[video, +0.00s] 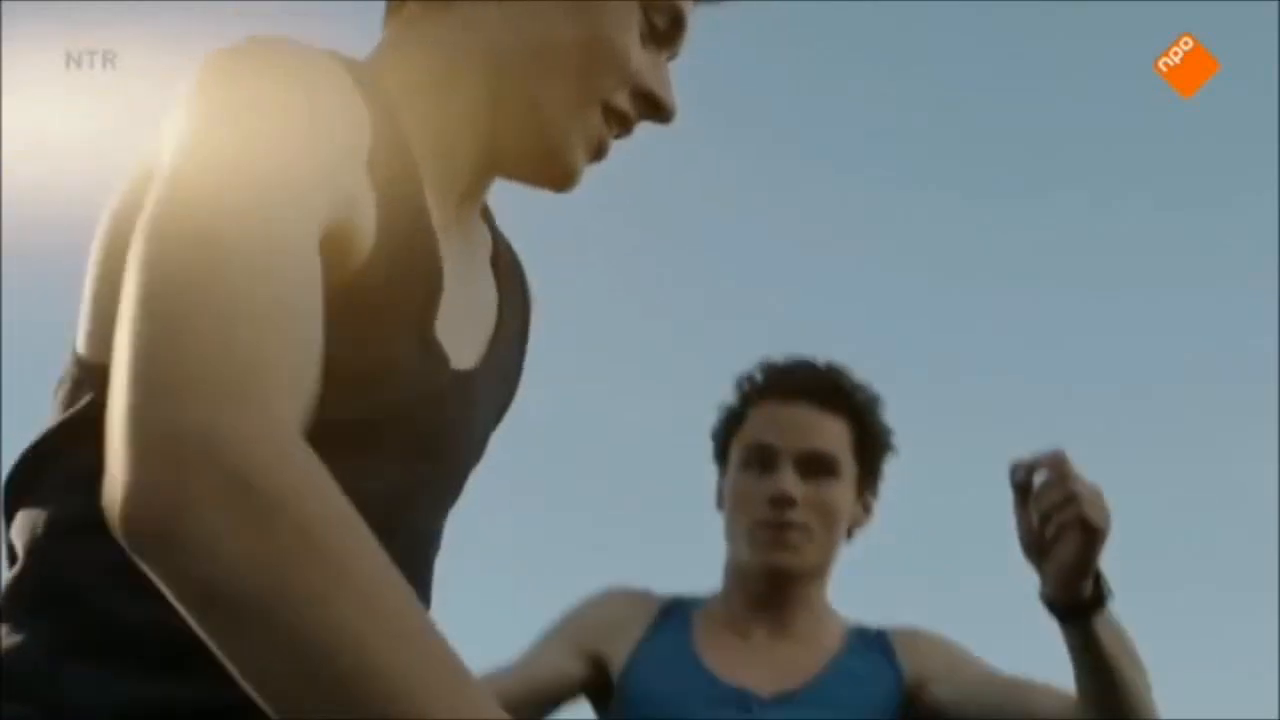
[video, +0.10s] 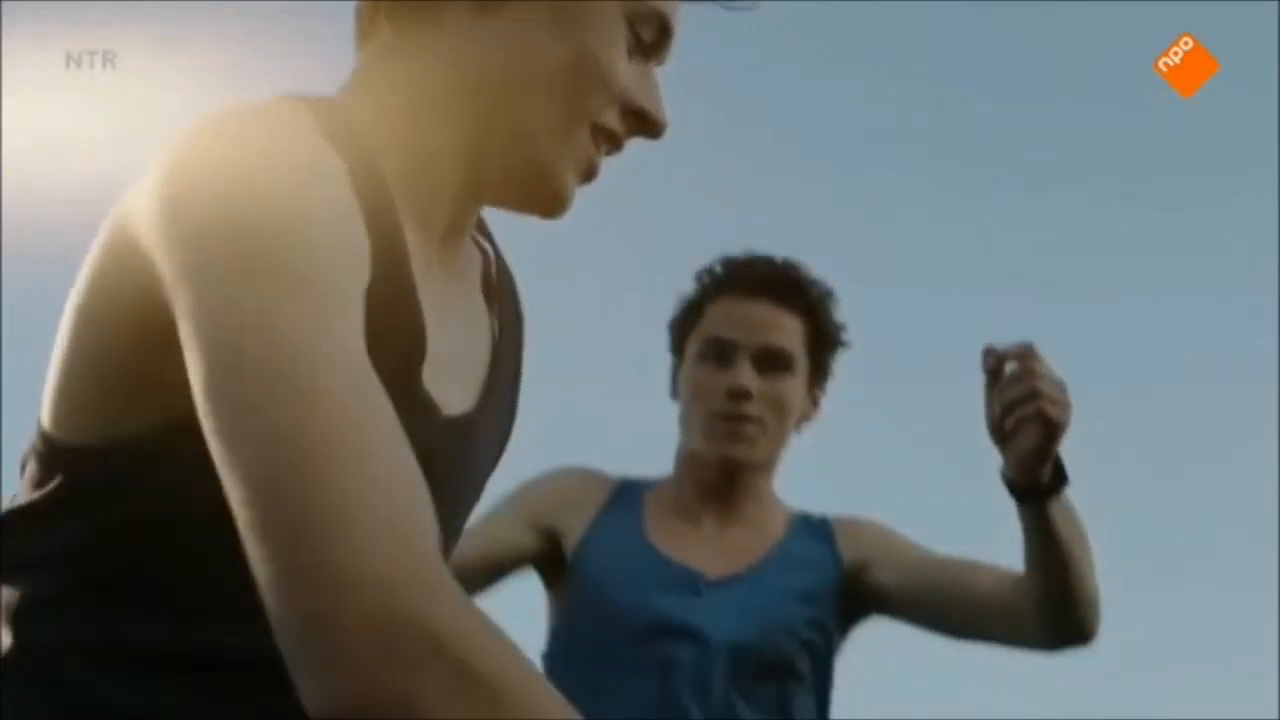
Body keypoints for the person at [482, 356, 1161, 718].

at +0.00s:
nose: (784, 488)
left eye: (816, 470)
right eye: (759, 464)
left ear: (861, 509)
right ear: (719, 490)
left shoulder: (906, 667)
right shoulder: (620, 629)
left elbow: (1117, 717)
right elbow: (475, 702)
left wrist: (1078, 609)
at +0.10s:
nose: (740, 383)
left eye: (771, 366)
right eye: (717, 357)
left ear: (810, 402)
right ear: (676, 377)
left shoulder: (843, 557)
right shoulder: (573, 507)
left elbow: (1063, 622)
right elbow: (405, 588)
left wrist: (1036, 488)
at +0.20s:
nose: (711, 325)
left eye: (742, 308)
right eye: (689, 298)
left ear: (777, 343)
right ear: (648, 314)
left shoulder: (805, 492)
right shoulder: (546, 442)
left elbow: (1022, 549)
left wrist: (1007, 423)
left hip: (724, 706)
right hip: (548, 707)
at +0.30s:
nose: (668, 255)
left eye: (699, 237)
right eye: (648, 227)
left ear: (730, 270)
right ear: (607, 238)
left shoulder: (751, 416)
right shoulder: (502, 369)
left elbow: (967, 464)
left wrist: (965, 341)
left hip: (673, 699)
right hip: (509, 692)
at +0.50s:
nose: (622, 192)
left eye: (640, 169)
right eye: (597, 156)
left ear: (663, 190)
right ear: (532, 154)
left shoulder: (671, 325)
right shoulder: (461, 266)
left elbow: (889, 376)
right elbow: (214, 300)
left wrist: (902, 262)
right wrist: (261, 148)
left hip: (586, 646)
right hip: (421, 623)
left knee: (689, 709)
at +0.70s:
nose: (555, 140)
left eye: (581, 127)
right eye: (535, 111)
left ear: (605, 162)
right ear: (487, 115)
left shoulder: (613, 295)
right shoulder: (381, 220)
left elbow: (819, 336)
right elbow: (160, 214)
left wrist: (847, 218)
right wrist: (212, 118)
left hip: (514, 638)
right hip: (338, 597)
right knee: (259, 707)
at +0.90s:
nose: (506, 141)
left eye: (532, 130)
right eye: (488, 110)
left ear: (552, 163)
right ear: (436, 112)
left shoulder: (544, 299)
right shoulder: (323, 204)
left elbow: (747, 346)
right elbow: (104, 178)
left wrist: (800, 227)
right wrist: (144, 111)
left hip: (402, 612)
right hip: (245, 586)